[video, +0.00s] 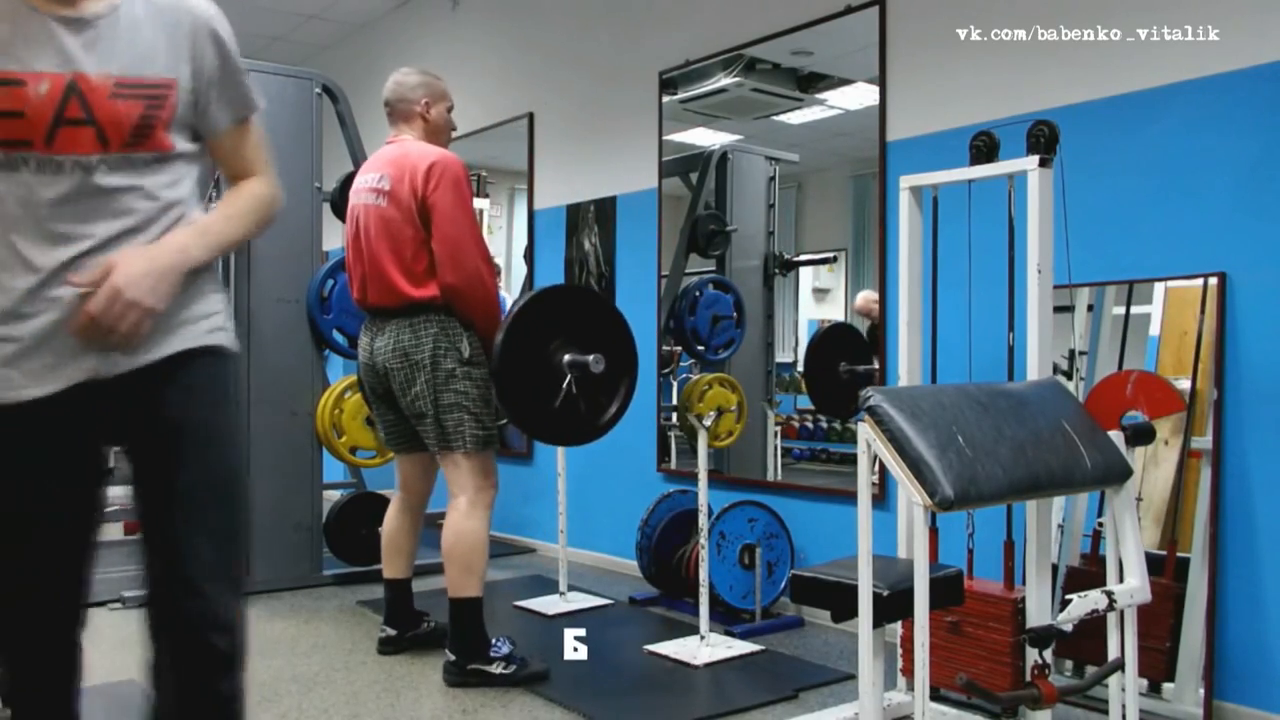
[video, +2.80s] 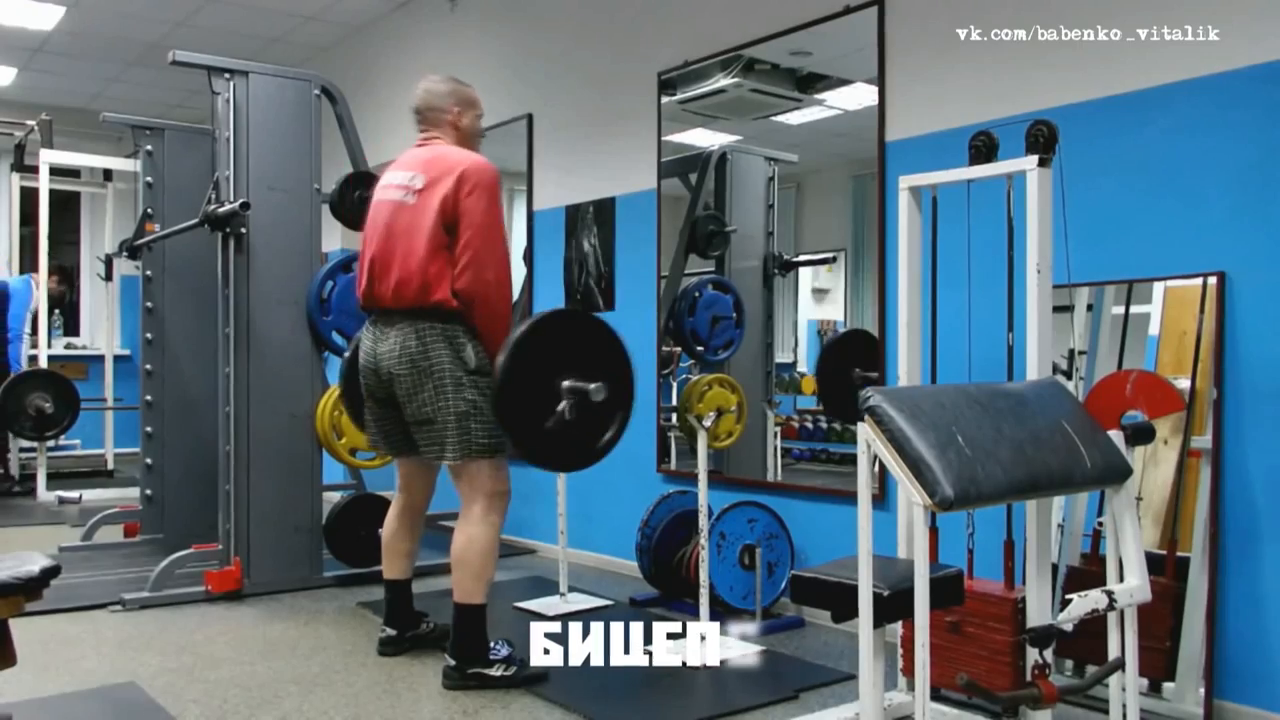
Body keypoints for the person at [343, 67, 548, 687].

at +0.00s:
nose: (453, 122)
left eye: (451, 112)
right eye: (450, 111)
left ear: (399, 112)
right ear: (427, 108)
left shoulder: (368, 171)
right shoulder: (438, 164)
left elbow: (360, 271)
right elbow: (464, 270)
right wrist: (498, 341)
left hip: (378, 338)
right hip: (436, 333)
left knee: (412, 482)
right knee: (472, 488)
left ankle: (400, 621)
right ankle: (470, 650)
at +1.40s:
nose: (435, 109)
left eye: (432, 99)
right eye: (428, 100)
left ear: (380, 104)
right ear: (401, 100)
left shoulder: (356, 164)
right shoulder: (425, 147)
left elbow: (368, 267)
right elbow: (476, 242)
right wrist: (511, 281)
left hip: (396, 333)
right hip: (449, 324)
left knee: (424, 473)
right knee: (494, 476)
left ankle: (401, 612)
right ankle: (477, 638)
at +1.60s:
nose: (427, 143)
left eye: (428, 135)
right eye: (424, 134)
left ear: (373, 124)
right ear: (399, 123)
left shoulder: (345, 181)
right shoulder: (399, 163)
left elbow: (384, 263)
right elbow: (475, 231)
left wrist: (458, 203)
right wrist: (514, 201)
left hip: (411, 348)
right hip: (462, 340)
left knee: (434, 487)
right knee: (502, 489)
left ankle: (402, 620)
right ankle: (472, 652)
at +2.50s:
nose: (453, 123)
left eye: (452, 112)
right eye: (449, 111)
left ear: (398, 110)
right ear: (423, 108)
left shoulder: (361, 172)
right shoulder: (431, 160)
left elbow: (363, 275)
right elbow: (472, 258)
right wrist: (522, 281)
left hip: (387, 341)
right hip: (444, 334)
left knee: (416, 481)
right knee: (479, 491)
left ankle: (400, 622)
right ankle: (470, 654)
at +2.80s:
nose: (480, 128)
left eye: (478, 118)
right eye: (476, 118)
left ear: (426, 119)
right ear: (456, 116)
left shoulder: (394, 170)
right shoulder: (472, 169)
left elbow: (373, 267)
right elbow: (482, 277)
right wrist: (497, 356)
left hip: (378, 340)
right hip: (437, 340)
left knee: (412, 487)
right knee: (486, 493)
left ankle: (400, 621)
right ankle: (471, 654)